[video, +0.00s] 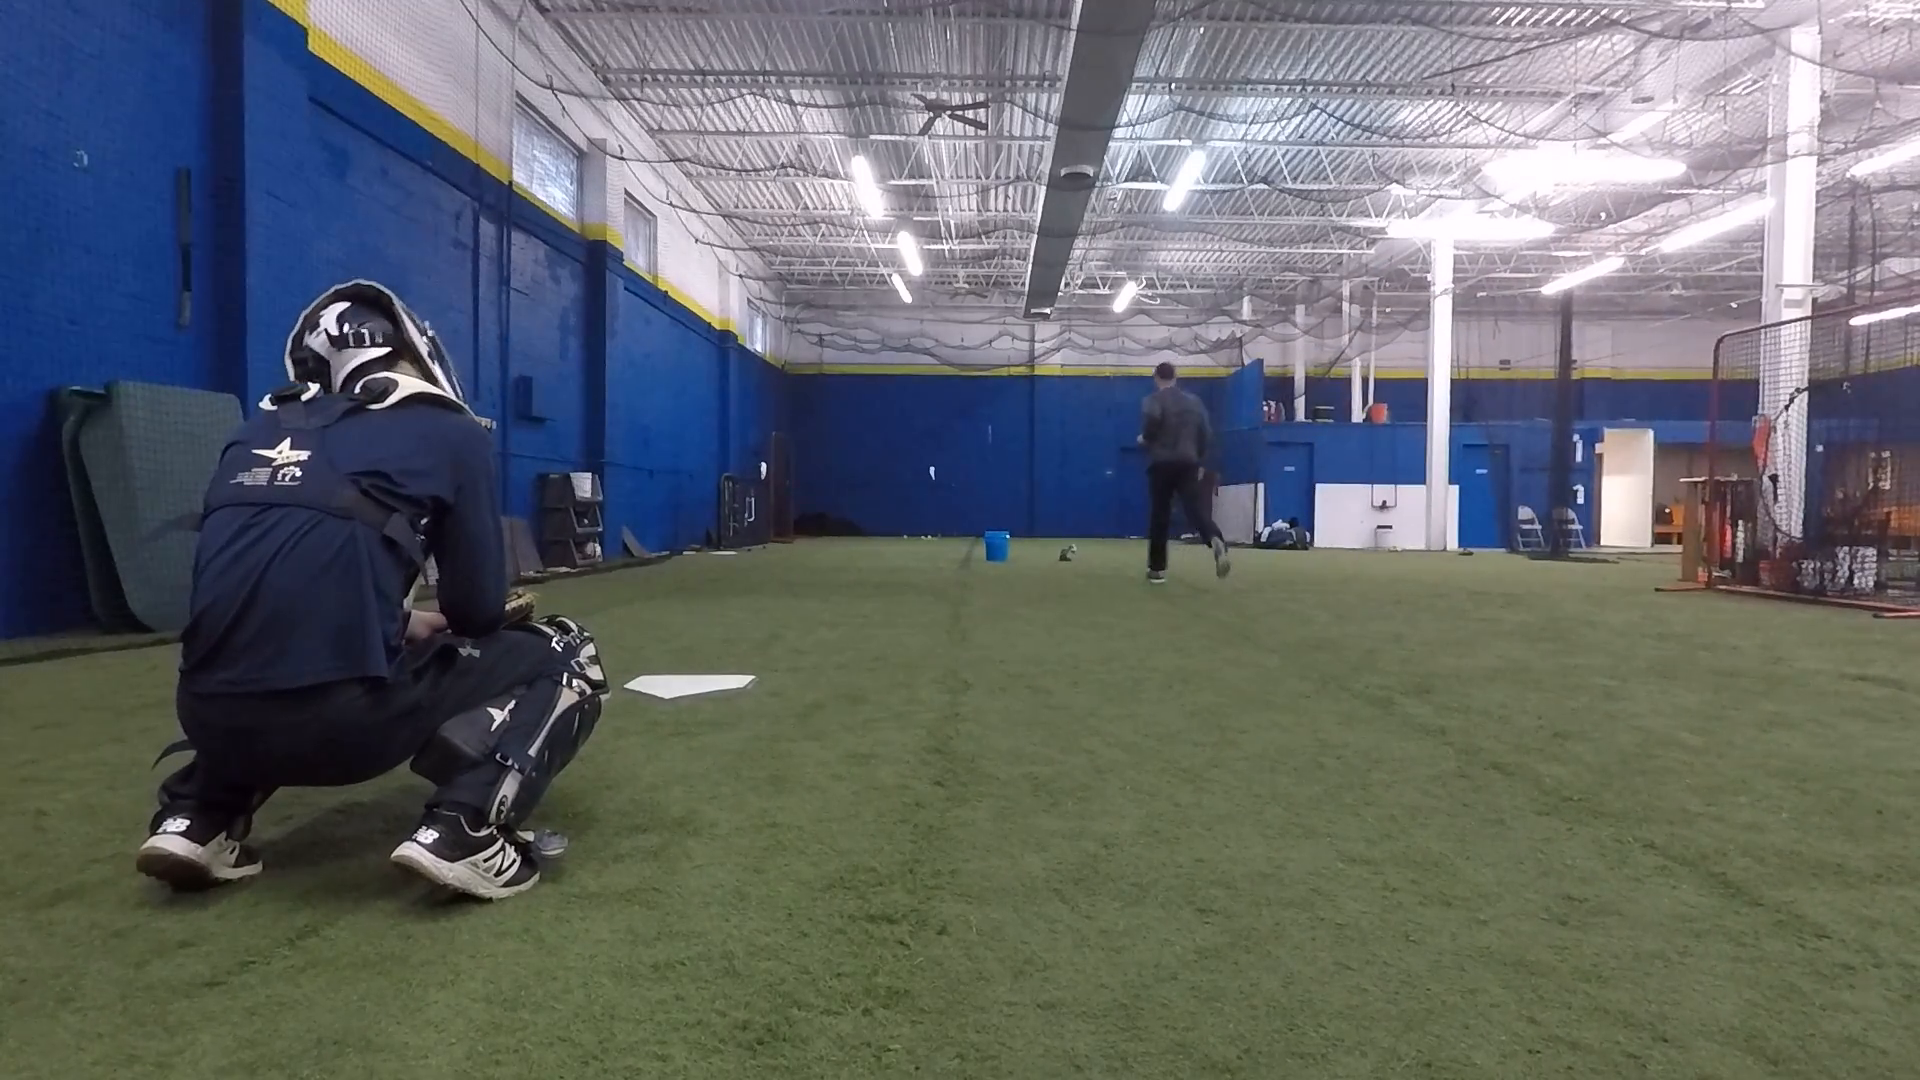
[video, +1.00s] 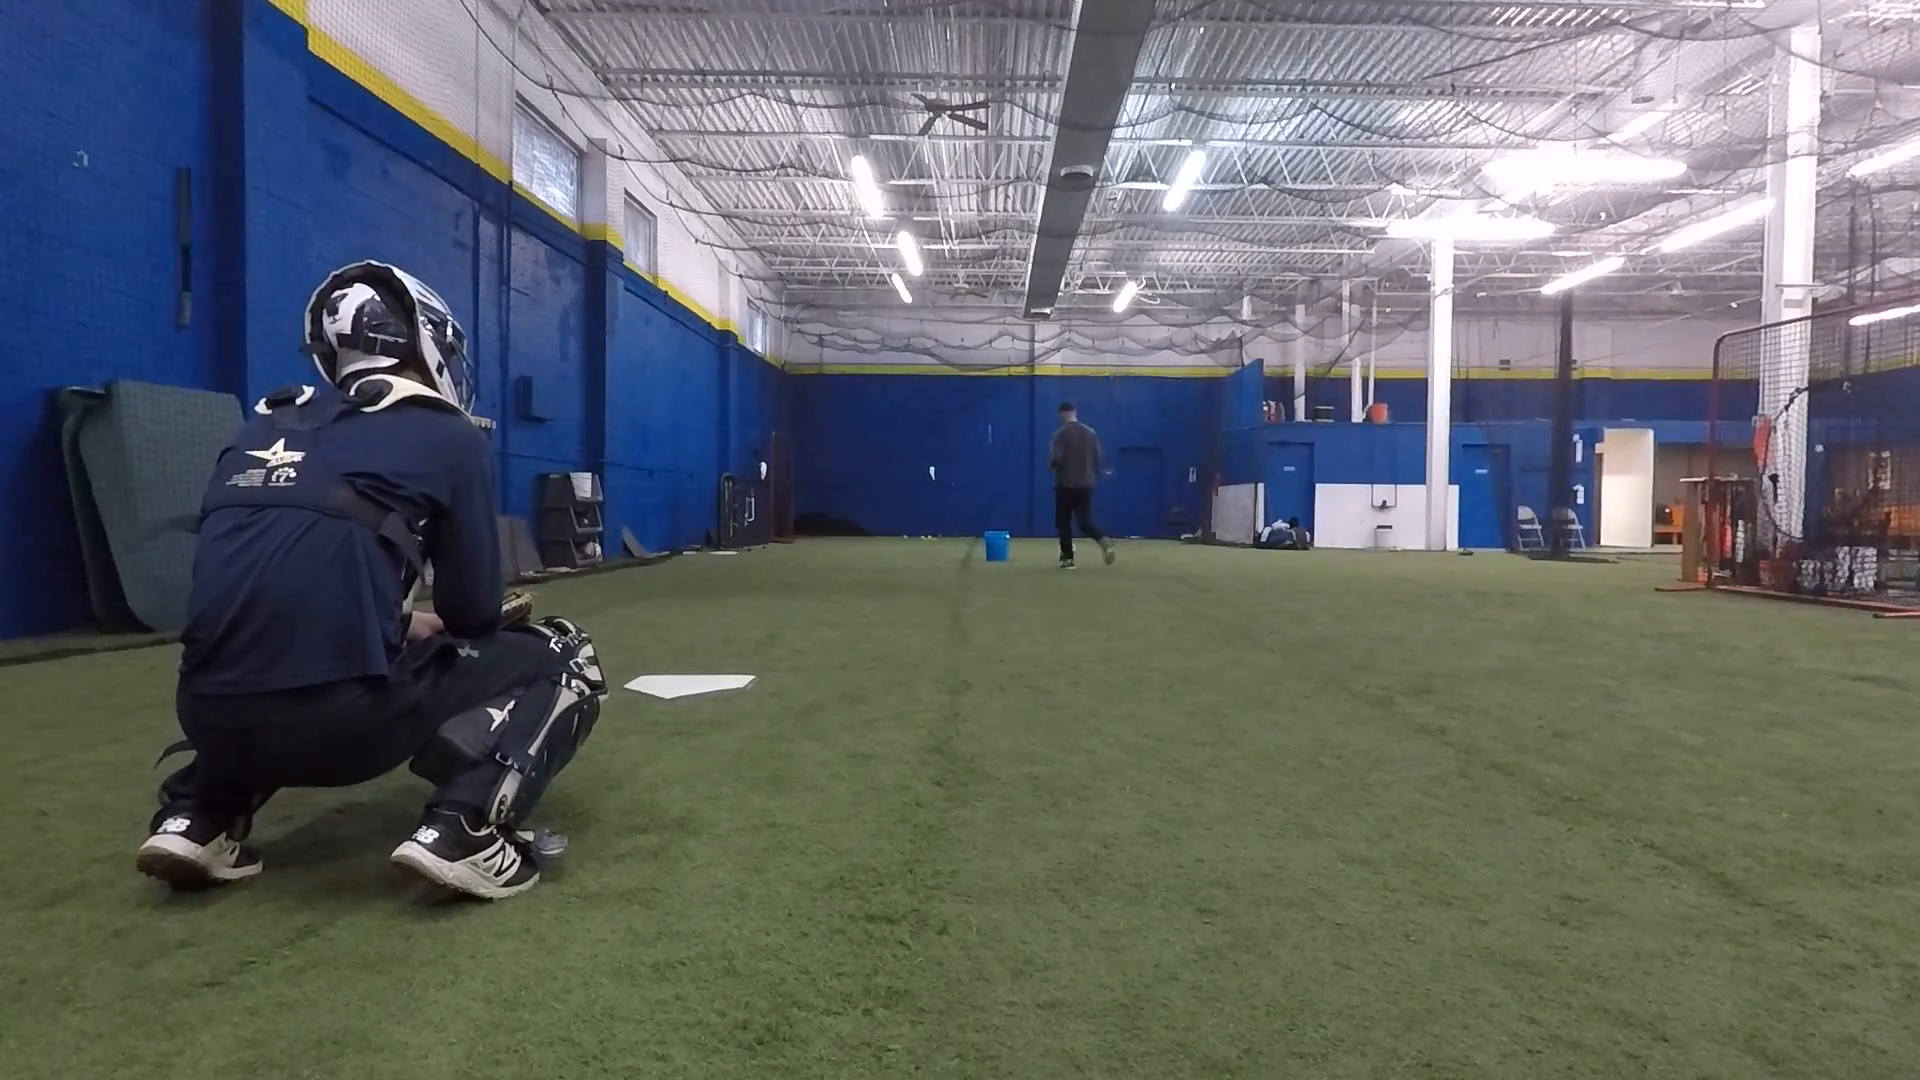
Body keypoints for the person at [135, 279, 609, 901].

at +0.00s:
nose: (435, 356)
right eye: (426, 346)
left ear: (306, 371)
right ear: (414, 353)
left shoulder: (255, 430)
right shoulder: (450, 430)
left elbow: (256, 588)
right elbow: (479, 610)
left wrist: (404, 623)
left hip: (219, 722)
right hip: (347, 724)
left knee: (277, 630)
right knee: (568, 654)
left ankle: (197, 817)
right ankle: (464, 827)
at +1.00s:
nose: (454, 363)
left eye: (450, 349)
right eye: (448, 347)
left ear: (327, 356)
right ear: (430, 346)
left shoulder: (262, 426)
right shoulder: (451, 436)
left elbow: (257, 585)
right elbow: (472, 611)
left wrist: (399, 627)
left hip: (218, 722)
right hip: (346, 724)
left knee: (281, 630)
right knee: (565, 657)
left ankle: (196, 816)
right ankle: (465, 826)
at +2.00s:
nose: (476, 368)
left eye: (475, 350)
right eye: (468, 348)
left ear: (360, 352)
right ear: (436, 346)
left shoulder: (276, 423)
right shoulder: (449, 437)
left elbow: (264, 586)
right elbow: (472, 613)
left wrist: (400, 624)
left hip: (221, 722)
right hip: (345, 725)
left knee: (286, 630)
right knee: (566, 659)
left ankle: (196, 816)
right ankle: (466, 825)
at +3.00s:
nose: (473, 364)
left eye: (470, 349)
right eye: (468, 349)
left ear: (351, 352)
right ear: (452, 351)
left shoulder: (281, 423)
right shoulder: (465, 437)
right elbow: (475, 604)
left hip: (221, 714)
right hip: (353, 715)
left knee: (288, 624)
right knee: (564, 663)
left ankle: (200, 816)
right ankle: (464, 824)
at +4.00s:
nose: (488, 348)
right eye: (483, 334)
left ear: (369, 338)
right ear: (472, 342)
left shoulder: (295, 415)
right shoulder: (502, 439)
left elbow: (259, 554)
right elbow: (513, 598)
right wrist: (448, 636)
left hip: (252, 685)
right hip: (397, 693)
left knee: (283, 629)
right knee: (572, 665)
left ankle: (202, 827)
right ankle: (459, 823)